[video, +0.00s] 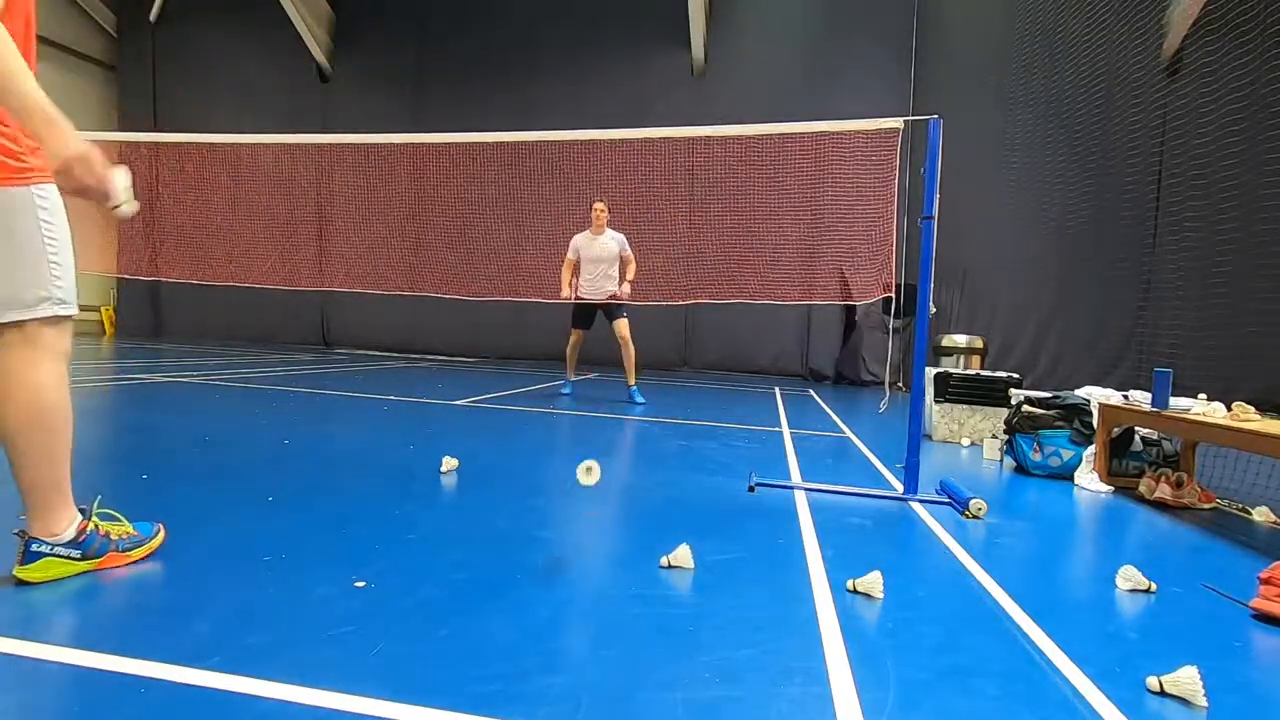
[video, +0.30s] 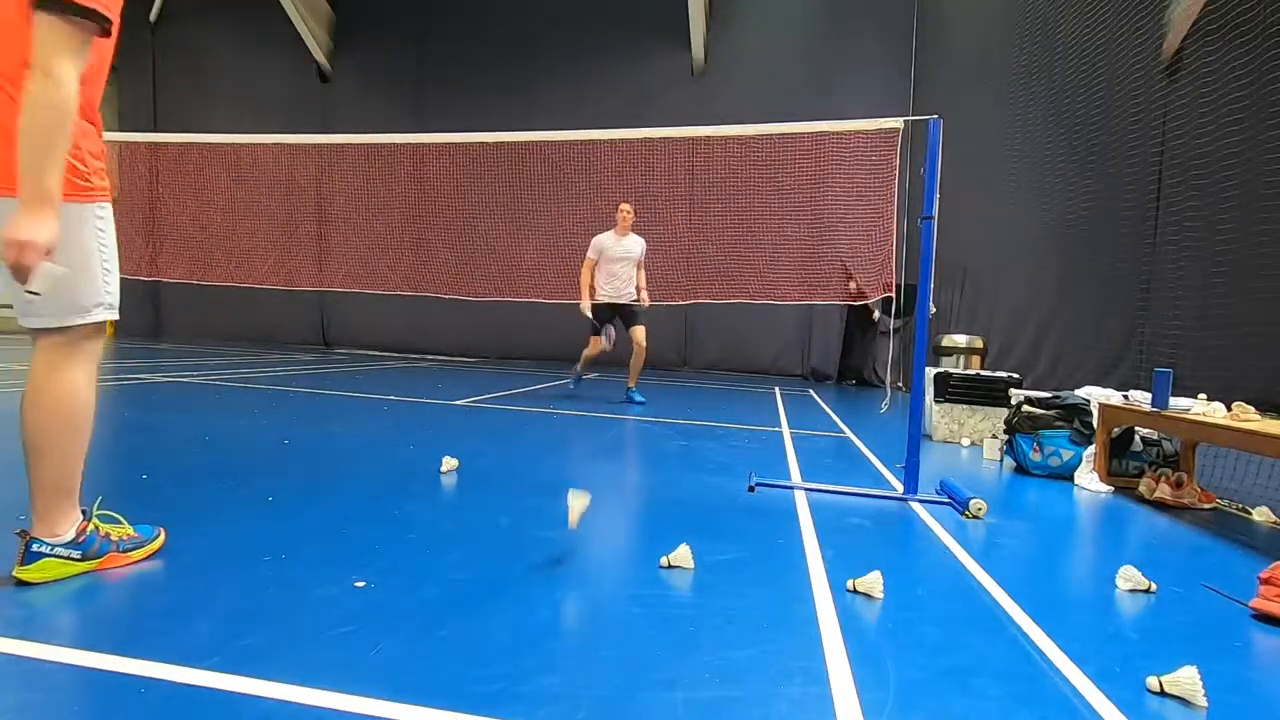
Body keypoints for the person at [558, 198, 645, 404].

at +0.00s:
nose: (599, 214)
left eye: (602, 211)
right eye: (596, 211)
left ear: (608, 215)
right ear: (590, 214)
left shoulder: (618, 239)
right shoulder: (578, 240)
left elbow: (630, 262)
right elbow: (568, 265)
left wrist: (627, 282)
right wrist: (565, 287)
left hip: (611, 297)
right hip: (585, 298)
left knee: (625, 337)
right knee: (575, 339)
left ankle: (632, 386)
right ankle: (569, 380)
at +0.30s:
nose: (625, 215)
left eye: (628, 212)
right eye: (621, 212)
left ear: (634, 217)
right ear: (616, 215)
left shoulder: (639, 243)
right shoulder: (600, 241)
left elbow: (640, 268)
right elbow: (586, 269)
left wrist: (643, 291)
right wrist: (585, 298)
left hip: (629, 302)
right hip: (603, 302)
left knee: (641, 343)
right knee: (595, 348)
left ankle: (631, 388)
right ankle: (579, 369)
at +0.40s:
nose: (636, 217)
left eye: (639, 214)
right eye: (633, 213)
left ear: (644, 219)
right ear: (626, 216)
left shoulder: (647, 247)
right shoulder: (609, 242)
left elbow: (649, 275)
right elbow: (597, 272)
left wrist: (654, 296)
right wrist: (596, 302)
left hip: (635, 302)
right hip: (610, 300)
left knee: (646, 348)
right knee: (613, 345)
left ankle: (631, 388)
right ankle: (601, 362)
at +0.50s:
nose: (642, 217)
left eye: (646, 214)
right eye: (639, 213)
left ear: (651, 220)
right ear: (633, 217)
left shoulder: (653, 248)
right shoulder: (617, 241)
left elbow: (657, 276)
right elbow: (603, 269)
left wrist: (667, 295)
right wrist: (607, 295)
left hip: (639, 302)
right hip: (617, 300)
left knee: (648, 350)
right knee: (624, 338)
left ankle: (632, 389)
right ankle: (612, 387)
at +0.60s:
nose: (648, 212)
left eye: (652, 209)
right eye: (645, 208)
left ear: (656, 215)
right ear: (638, 212)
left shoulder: (657, 244)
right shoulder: (624, 233)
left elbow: (660, 273)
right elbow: (609, 255)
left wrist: (677, 286)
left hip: (642, 299)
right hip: (620, 295)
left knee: (647, 351)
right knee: (627, 335)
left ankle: (631, 390)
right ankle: (625, 393)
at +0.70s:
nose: (656, 209)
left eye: (659, 206)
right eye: (653, 205)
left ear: (660, 211)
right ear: (643, 207)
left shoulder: (659, 241)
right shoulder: (628, 228)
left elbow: (661, 269)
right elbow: (616, 241)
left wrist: (683, 283)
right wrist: (628, 235)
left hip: (646, 299)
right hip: (624, 295)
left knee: (647, 349)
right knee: (630, 339)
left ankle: (631, 385)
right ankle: (632, 392)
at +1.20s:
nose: (674, 217)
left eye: (678, 214)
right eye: (671, 211)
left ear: (680, 220)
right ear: (660, 213)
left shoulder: (672, 243)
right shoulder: (644, 235)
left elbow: (661, 268)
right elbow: (643, 248)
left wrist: (666, 289)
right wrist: (662, 244)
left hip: (648, 303)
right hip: (625, 299)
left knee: (645, 349)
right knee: (640, 339)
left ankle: (628, 382)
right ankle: (640, 402)